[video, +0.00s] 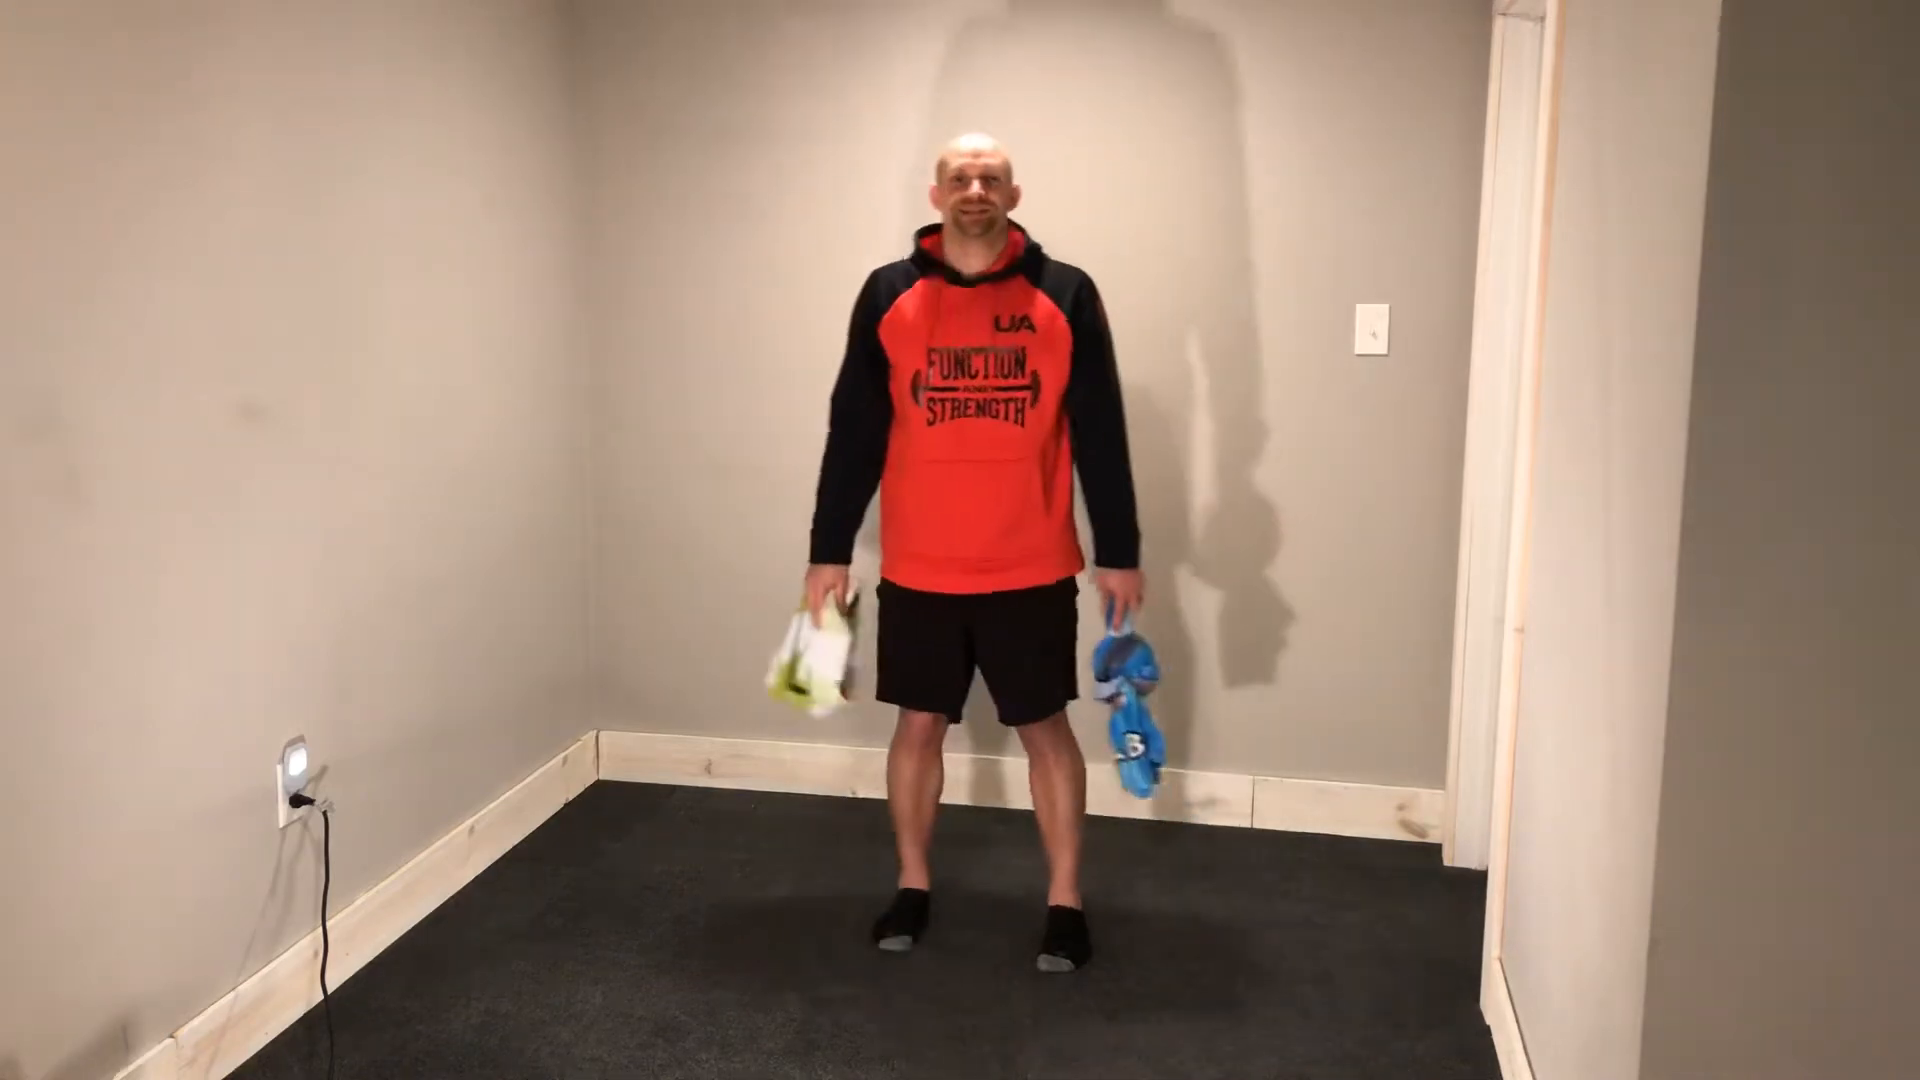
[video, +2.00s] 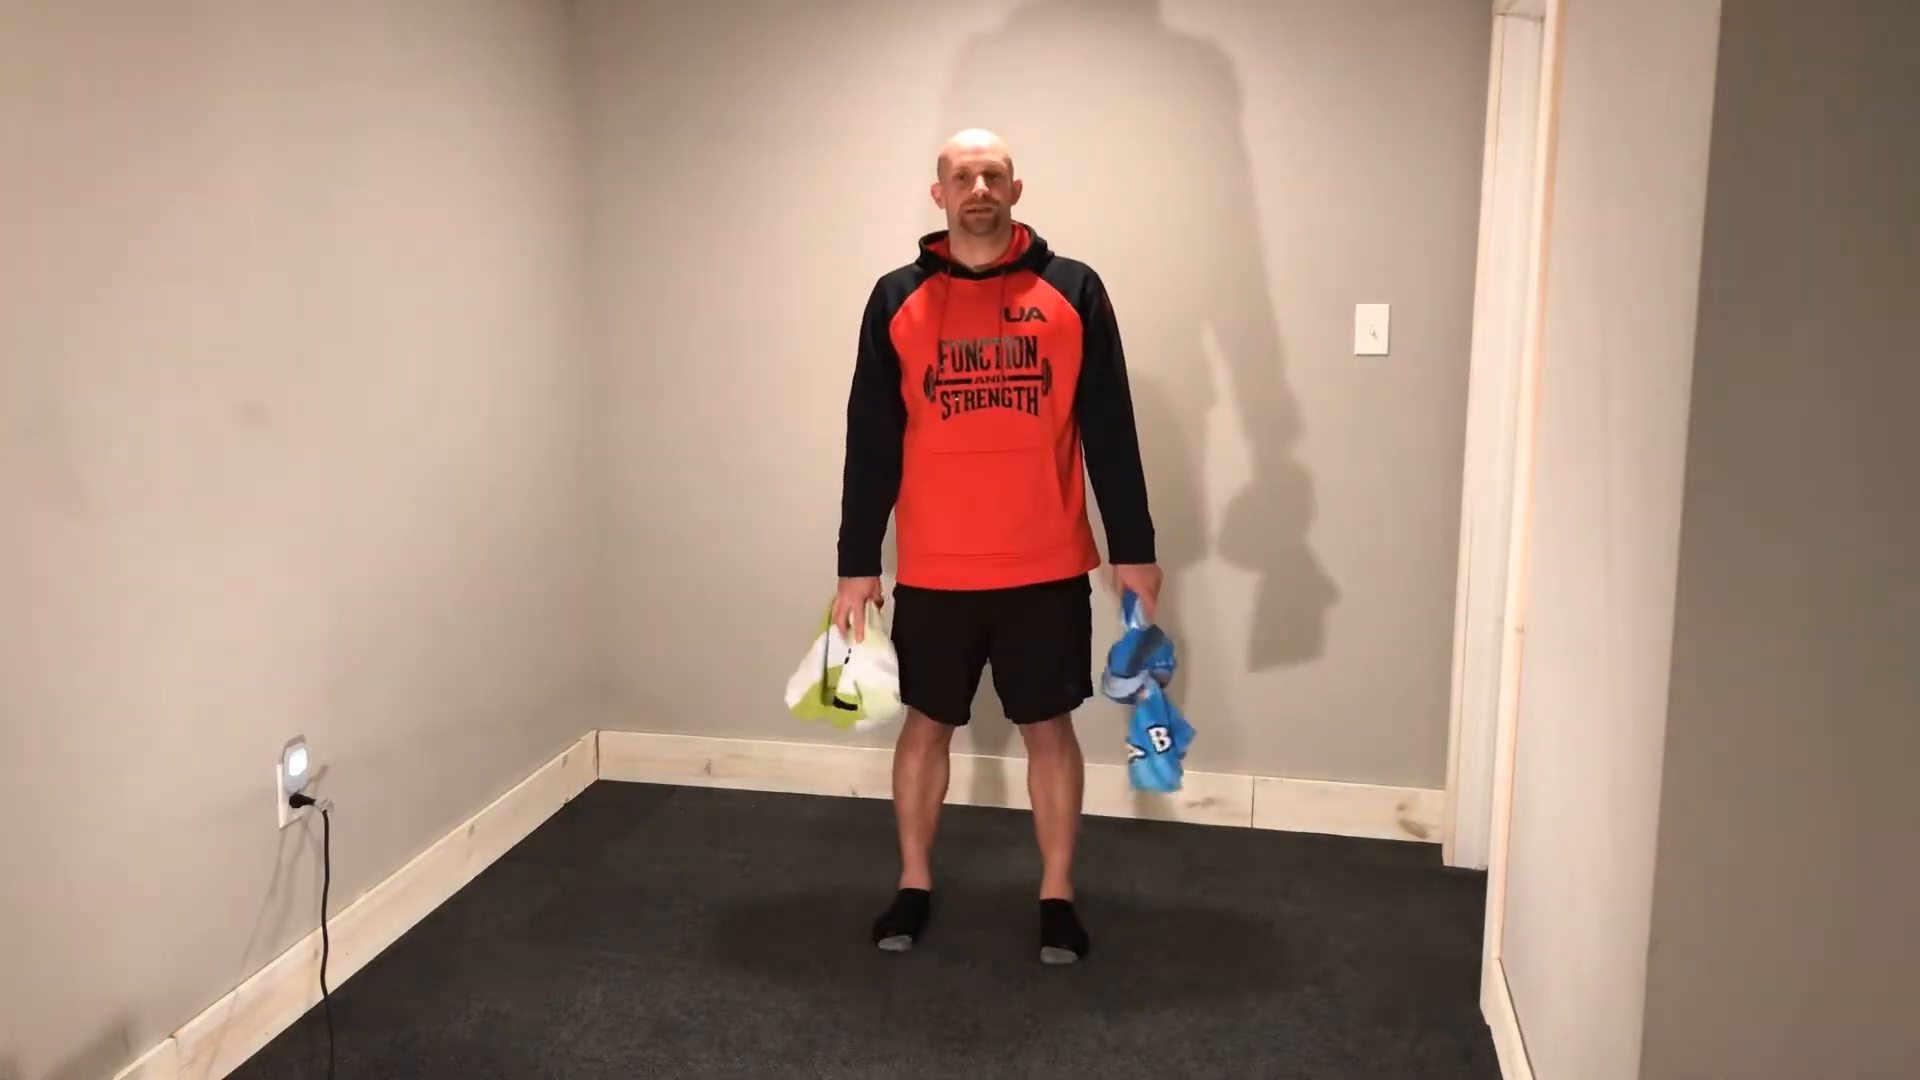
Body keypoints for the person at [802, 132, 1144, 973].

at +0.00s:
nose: (976, 189)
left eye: (991, 178)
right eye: (959, 177)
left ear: (1014, 197)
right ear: (934, 196)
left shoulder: (1064, 295)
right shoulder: (889, 294)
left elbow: (1099, 430)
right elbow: (855, 430)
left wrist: (1119, 553)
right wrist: (829, 551)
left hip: (1028, 564)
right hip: (919, 565)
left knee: (1042, 726)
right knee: (919, 721)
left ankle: (1065, 905)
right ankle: (912, 889)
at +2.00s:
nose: (979, 187)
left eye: (992, 174)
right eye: (962, 176)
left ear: (1018, 192)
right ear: (937, 195)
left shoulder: (1072, 291)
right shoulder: (898, 299)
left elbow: (1109, 427)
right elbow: (871, 437)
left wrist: (1134, 549)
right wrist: (857, 560)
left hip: (1042, 564)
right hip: (935, 567)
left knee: (1047, 727)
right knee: (925, 725)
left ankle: (1057, 898)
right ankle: (912, 888)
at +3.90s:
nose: (982, 196)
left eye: (996, 181)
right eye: (966, 182)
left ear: (1022, 190)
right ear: (945, 192)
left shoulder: (1077, 293)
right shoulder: (904, 297)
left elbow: (1111, 425)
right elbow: (873, 433)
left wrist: (1127, 542)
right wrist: (857, 556)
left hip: (1044, 561)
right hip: (936, 562)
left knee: (1048, 726)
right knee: (925, 722)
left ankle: (1057, 898)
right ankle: (912, 889)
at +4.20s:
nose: (996, 192)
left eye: (1007, 178)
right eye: (978, 180)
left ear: (1025, 189)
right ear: (947, 193)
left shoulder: (1074, 293)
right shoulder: (904, 298)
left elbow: (1119, 407)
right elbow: (875, 433)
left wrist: (1145, 479)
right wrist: (861, 557)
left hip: (1042, 554)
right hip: (939, 560)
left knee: (1047, 721)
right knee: (928, 719)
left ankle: (1057, 896)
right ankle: (912, 887)